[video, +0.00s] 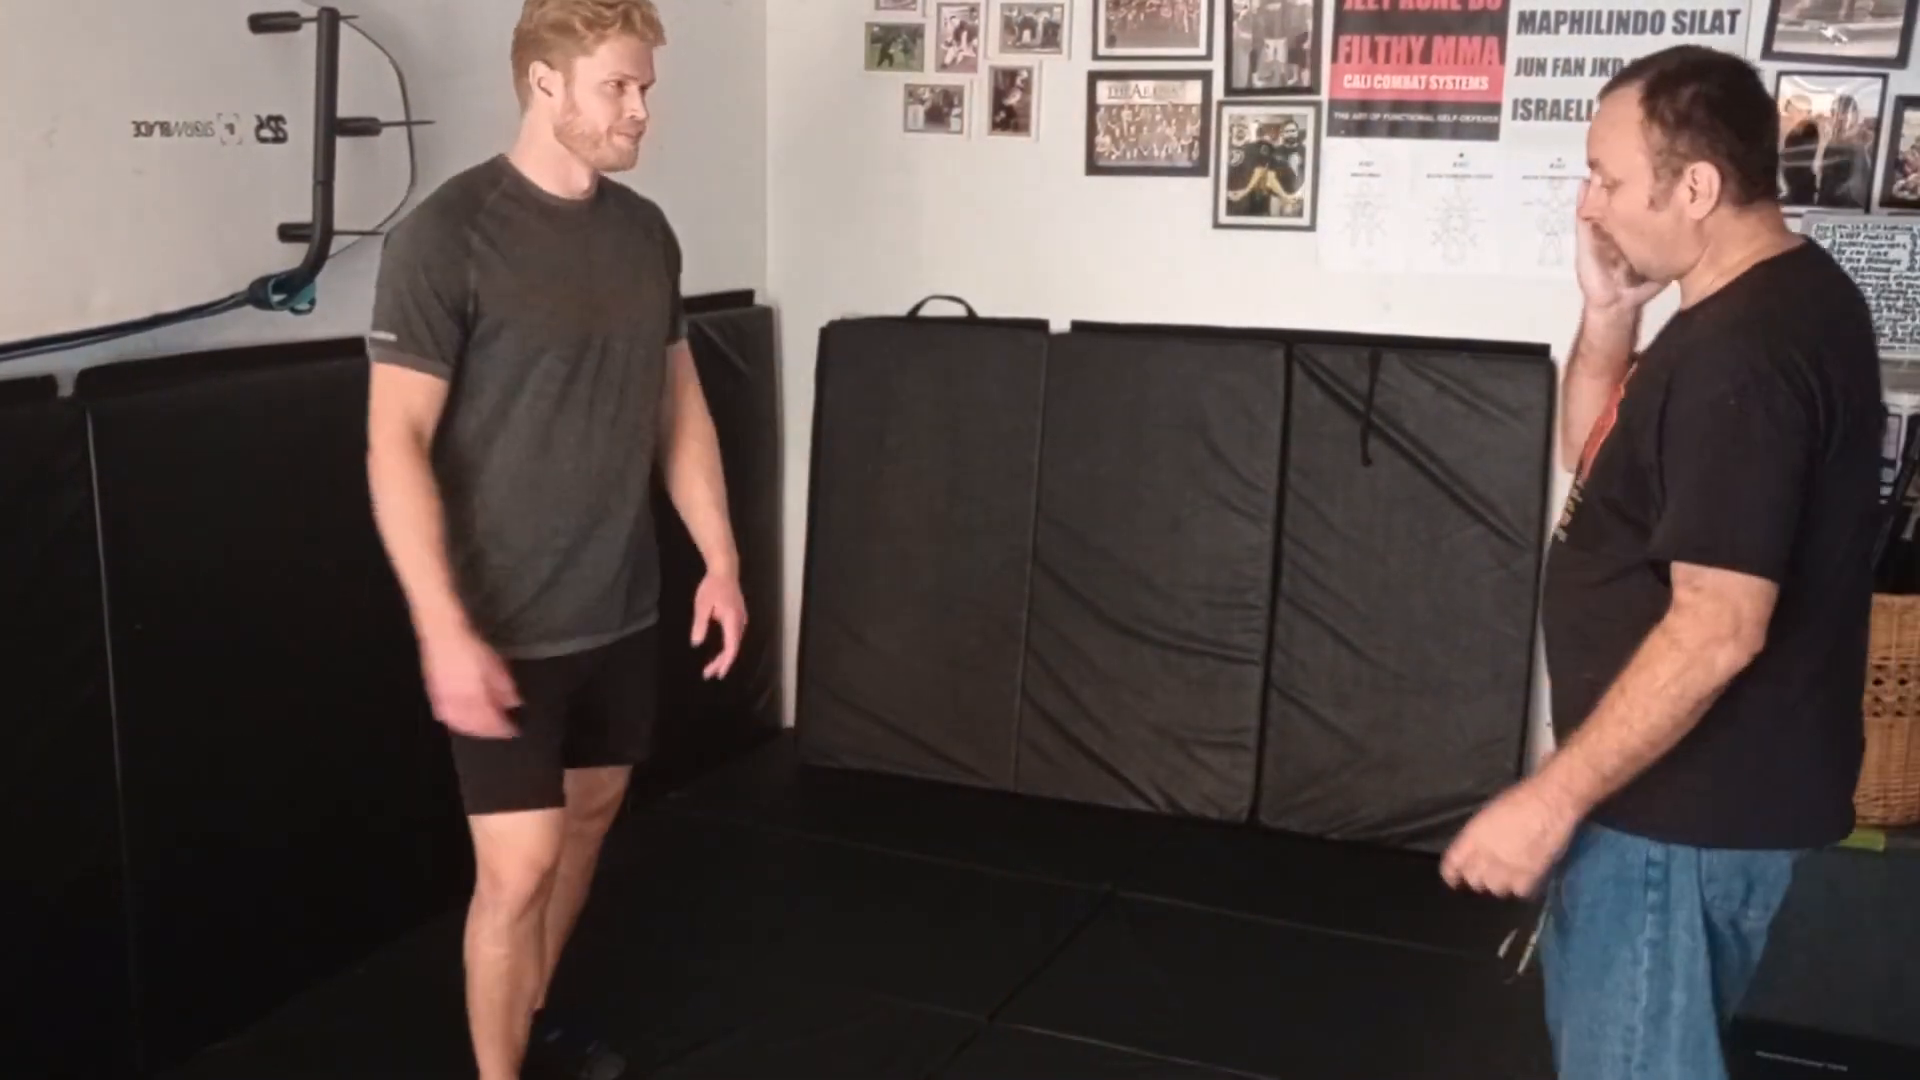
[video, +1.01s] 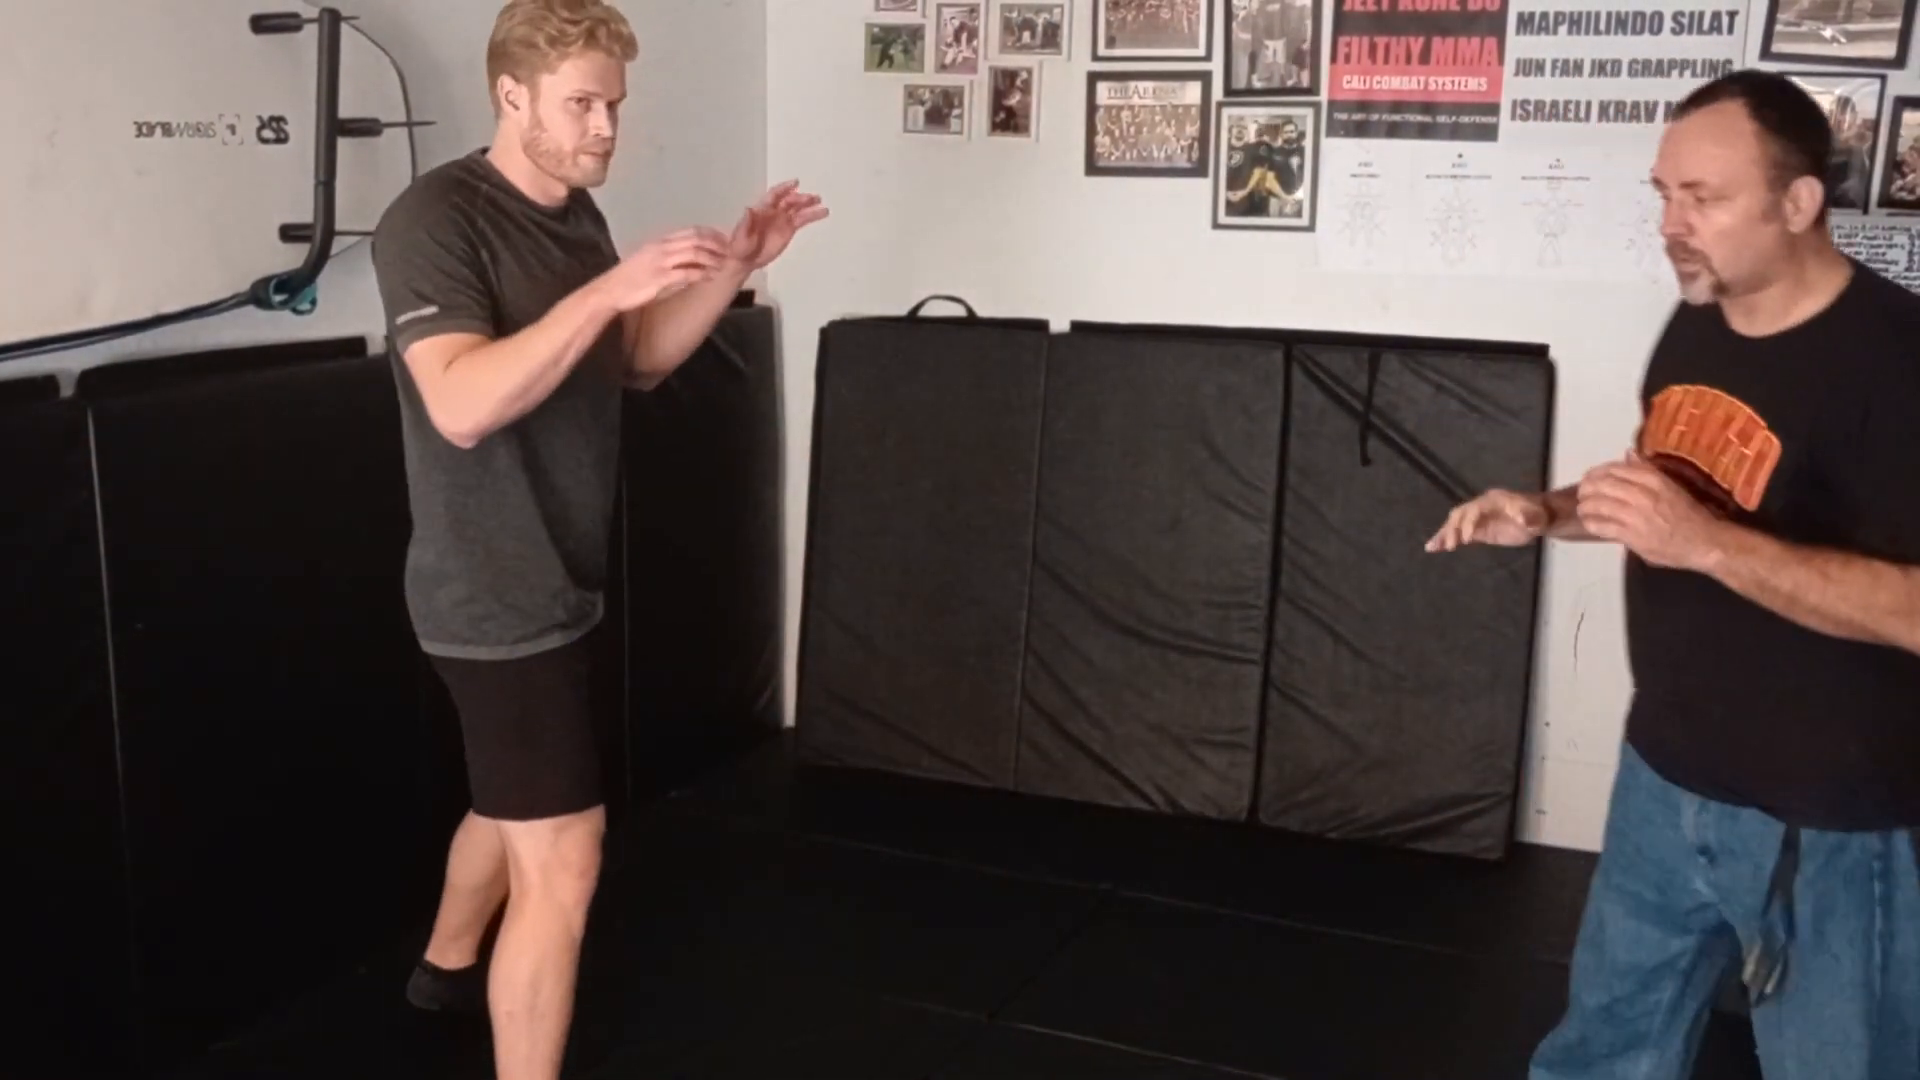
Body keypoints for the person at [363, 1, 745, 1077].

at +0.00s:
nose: (641, 112)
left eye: (647, 88)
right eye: (620, 88)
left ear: (642, 89)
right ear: (544, 87)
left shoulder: (641, 230)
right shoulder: (440, 237)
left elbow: (677, 402)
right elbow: (396, 443)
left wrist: (719, 557)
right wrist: (443, 632)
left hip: (625, 617)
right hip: (498, 630)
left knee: (582, 839)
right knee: (518, 874)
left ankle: (521, 1031)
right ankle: (495, 1068)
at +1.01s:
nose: (606, 125)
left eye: (615, 102)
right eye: (582, 103)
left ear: (620, 100)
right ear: (512, 100)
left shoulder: (581, 223)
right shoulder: (429, 221)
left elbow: (640, 358)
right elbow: (458, 404)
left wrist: (735, 266)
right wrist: (606, 293)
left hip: (568, 587)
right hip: (494, 605)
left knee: (503, 808)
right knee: (560, 871)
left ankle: (441, 978)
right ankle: (524, 1074)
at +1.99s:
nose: (596, 117)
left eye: (602, 96)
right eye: (576, 96)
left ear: (595, 100)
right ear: (504, 92)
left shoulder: (562, 217)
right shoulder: (411, 204)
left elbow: (638, 343)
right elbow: (406, 378)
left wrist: (710, 241)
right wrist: (533, 262)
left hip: (553, 562)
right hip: (465, 573)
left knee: (484, 788)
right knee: (525, 821)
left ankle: (435, 983)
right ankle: (516, 1069)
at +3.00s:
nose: (670, 162)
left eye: (679, 139)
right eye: (650, 139)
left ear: (681, 134)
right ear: (579, 127)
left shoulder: (661, 241)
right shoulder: (499, 231)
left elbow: (752, 340)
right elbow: (437, 381)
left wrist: (802, 231)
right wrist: (571, 243)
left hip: (614, 589)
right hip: (518, 600)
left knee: (651, 806)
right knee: (600, 865)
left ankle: (476, 972)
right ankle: (525, 1074)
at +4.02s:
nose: (927, 177)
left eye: (927, 150)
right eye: (906, 152)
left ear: (853, 148)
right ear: (830, 148)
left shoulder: (854, 252)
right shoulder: (735, 265)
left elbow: (964, 390)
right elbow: (778, 447)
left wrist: (1009, 249)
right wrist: (883, 273)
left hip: (760, 628)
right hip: (763, 644)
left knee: (686, 859)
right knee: (900, 910)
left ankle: (565, 1052)